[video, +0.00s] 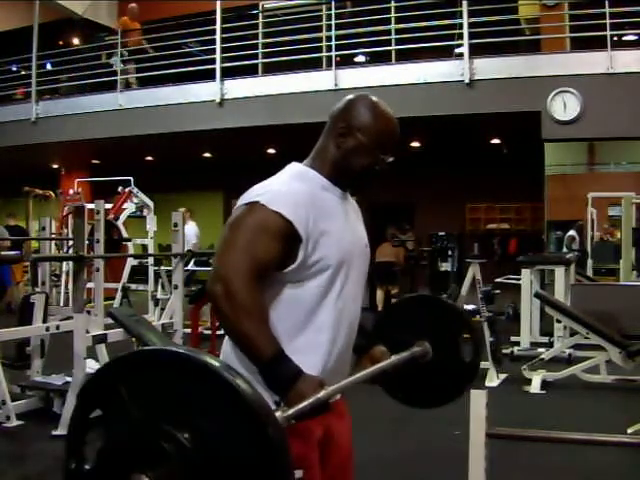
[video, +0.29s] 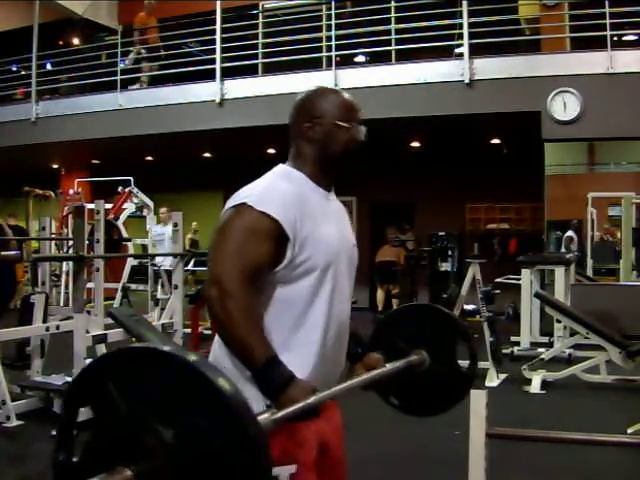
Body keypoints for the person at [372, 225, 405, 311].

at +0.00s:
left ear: (387, 238)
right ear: (397, 239)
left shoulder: (381, 247)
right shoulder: (399, 248)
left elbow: (376, 258)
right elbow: (401, 260)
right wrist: (401, 267)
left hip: (380, 265)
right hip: (392, 265)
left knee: (380, 288)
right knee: (394, 287)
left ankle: (379, 309)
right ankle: (395, 310)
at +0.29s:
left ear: (388, 242)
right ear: (398, 242)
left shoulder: (382, 249)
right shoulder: (400, 249)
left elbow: (377, 259)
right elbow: (402, 261)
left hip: (381, 263)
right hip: (393, 263)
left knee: (380, 287)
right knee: (394, 287)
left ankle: (379, 309)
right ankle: (395, 309)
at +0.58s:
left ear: (388, 243)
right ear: (399, 243)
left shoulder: (382, 251)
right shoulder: (400, 251)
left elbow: (376, 259)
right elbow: (402, 263)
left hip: (380, 264)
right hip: (392, 264)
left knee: (380, 288)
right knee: (394, 287)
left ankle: (379, 310)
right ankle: (395, 310)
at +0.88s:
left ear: (390, 245)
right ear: (401, 246)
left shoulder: (383, 250)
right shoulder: (401, 251)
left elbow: (376, 259)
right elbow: (402, 262)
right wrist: (403, 270)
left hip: (379, 263)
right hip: (392, 263)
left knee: (380, 287)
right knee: (394, 287)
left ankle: (379, 309)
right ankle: (395, 309)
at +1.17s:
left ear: (390, 245)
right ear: (400, 246)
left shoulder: (383, 250)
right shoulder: (400, 251)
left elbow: (376, 259)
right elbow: (402, 262)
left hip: (380, 263)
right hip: (393, 263)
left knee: (380, 287)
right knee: (394, 288)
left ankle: (379, 310)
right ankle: (395, 310)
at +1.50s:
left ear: (390, 245)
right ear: (400, 246)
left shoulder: (383, 250)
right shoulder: (400, 251)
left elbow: (376, 259)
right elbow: (402, 262)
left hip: (380, 263)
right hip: (393, 263)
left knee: (380, 287)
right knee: (394, 288)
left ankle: (379, 310)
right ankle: (395, 310)